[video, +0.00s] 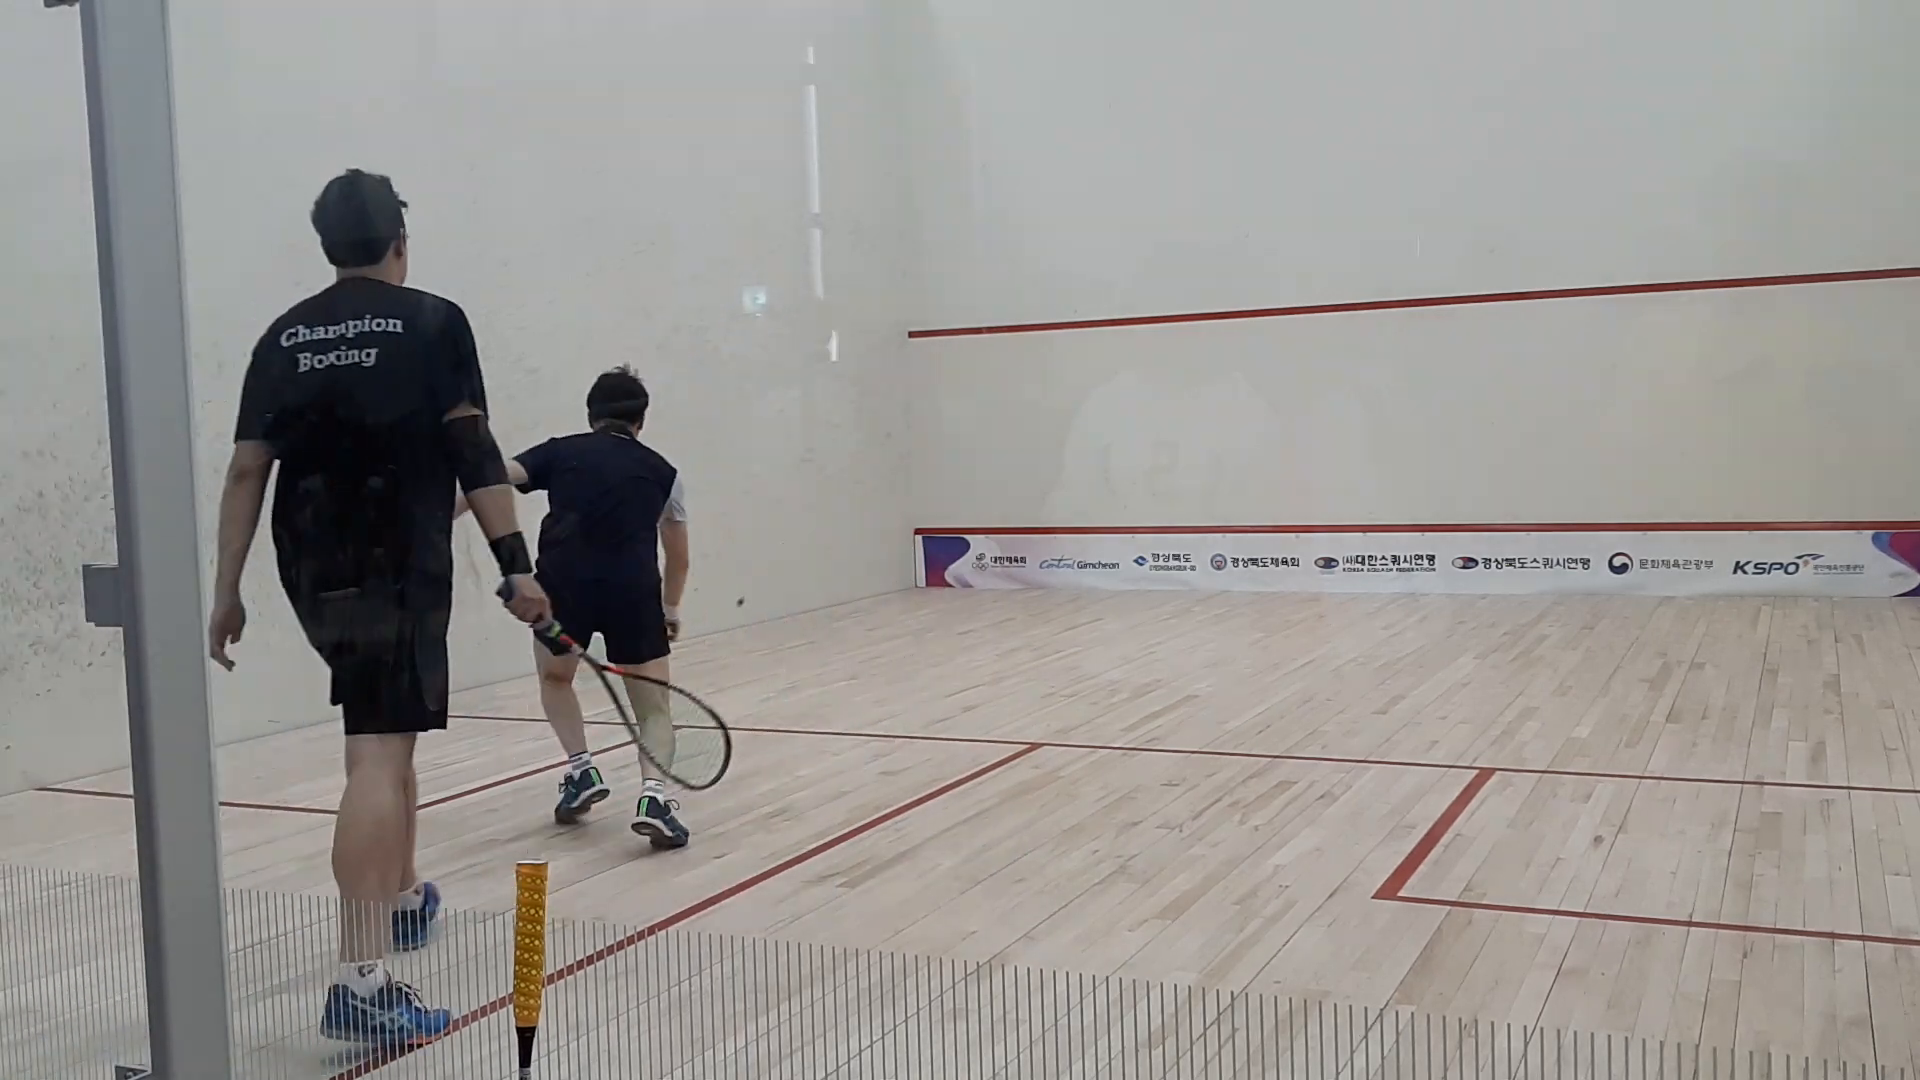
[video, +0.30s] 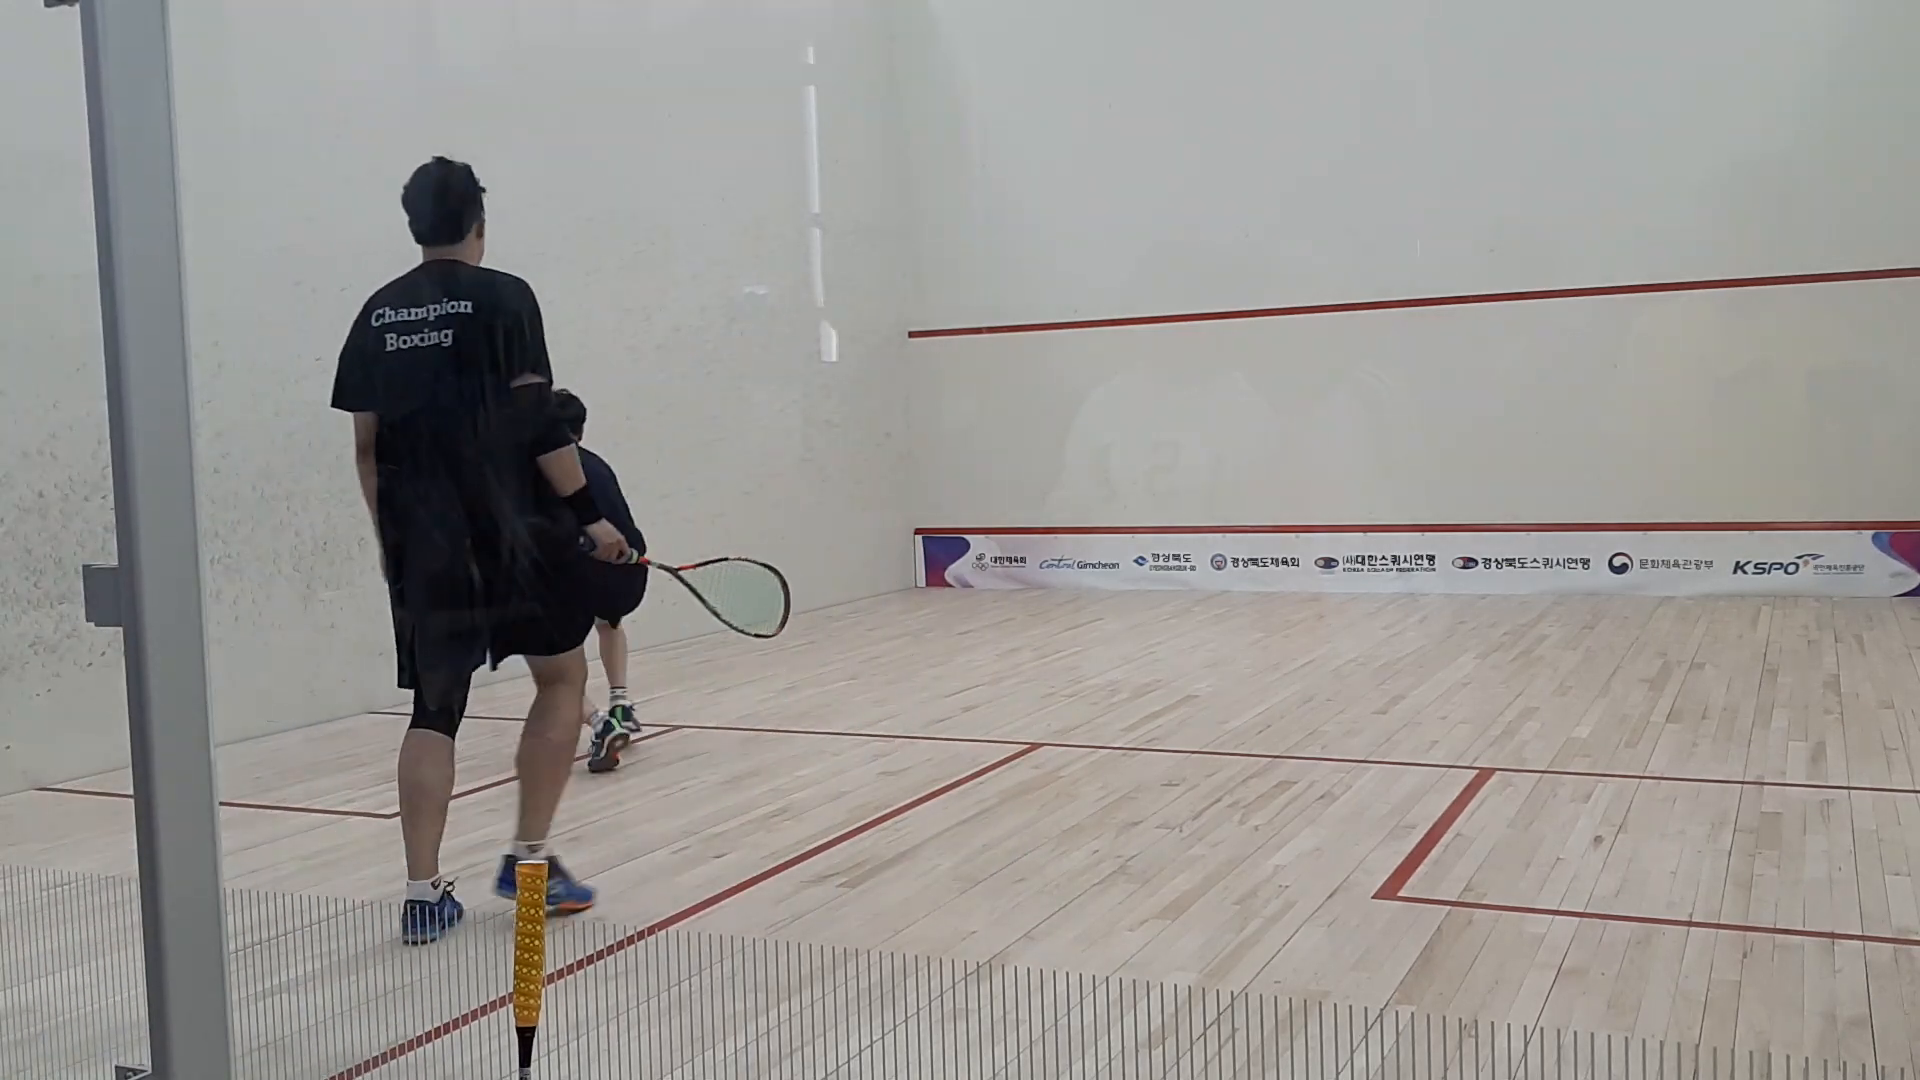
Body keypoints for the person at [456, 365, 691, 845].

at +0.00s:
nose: (635, 422)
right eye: (638, 416)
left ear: (592, 415)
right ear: (640, 419)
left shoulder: (561, 451)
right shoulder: (660, 470)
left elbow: (494, 479)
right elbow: (678, 556)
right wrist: (670, 610)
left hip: (562, 590)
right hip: (633, 593)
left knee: (556, 678)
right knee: (651, 703)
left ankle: (581, 768)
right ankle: (654, 796)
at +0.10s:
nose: (607, 418)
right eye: (609, 410)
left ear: (563, 410)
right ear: (611, 412)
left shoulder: (542, 449)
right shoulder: (632, 460)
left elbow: (481, 495)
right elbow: (637, 526)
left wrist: (445, 522)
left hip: (568, 575)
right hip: (632, 573)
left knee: (564, 656)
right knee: (643, 675)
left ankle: (599, 747)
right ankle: (660, 751)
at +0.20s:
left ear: (546, 418)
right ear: (591, 420)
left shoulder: (538, 453)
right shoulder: (610, 459)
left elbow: (514, 498)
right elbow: (625, 524)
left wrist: (495, 549)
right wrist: (645, 580)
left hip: (572, 571)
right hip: (634, 569)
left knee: (567, 662)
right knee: (631, 675)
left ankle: (612, 748)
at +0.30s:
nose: (565, 437)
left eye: (560, 431)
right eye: (571, 429)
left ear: (549, 432)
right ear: (579, 430)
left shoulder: (538, 474)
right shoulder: (595, 466)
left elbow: (543, 531)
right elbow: (623, 522)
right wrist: (639, 552)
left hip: (571, 573)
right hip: (621, 568)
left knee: (554, 669)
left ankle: (598, 722)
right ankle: (621, 705)